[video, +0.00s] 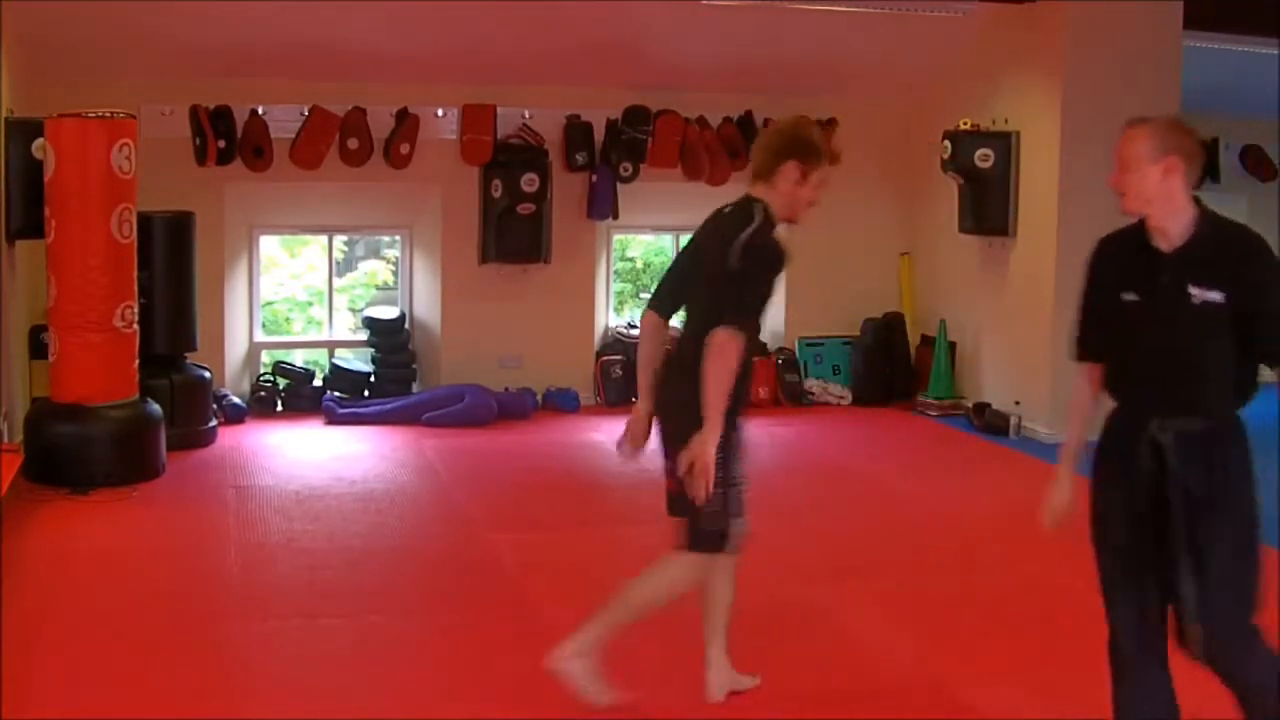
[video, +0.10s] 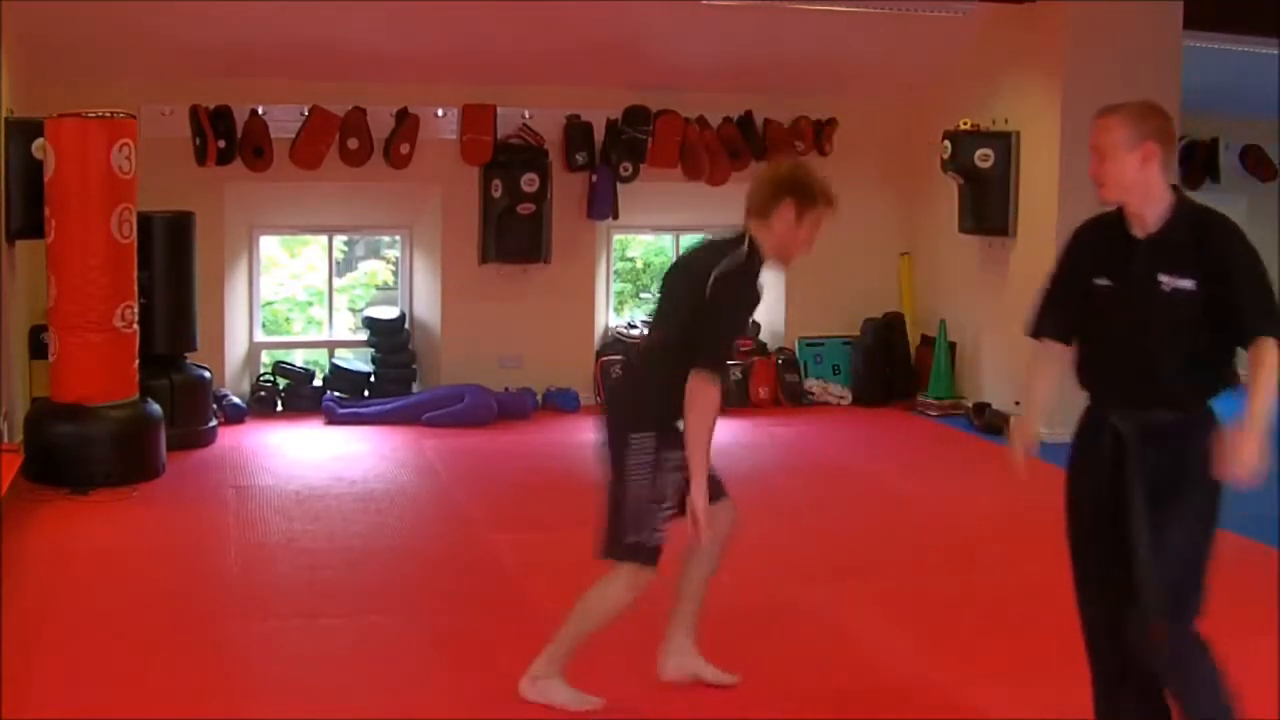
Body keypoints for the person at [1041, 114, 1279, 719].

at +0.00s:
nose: (1115, 179)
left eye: (1127, 166)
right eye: (1116, 166)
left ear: (1171, 171)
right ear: (1159, 174)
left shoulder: (1243, 252)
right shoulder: (1113, 254)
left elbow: (1266, 361)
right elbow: (1091, 370)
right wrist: (1066, 468)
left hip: (1212, 456)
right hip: (1128, 453)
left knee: (1215, 629)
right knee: (1133, 635)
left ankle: (1269, 700)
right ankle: (1147, 716)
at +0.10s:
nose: (1093, 168)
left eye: (1104, 155)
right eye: (1092, 155)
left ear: (1150, 157)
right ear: (1126, 160)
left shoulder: (1215, 239)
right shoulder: (1092, 239)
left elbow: (1264, 340)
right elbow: (1055, 338)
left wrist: (1252, 431)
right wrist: (1030, 414)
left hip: (1184, 444)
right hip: (1102, 441)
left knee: (1160, 622)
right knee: (1105, 622)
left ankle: (1214, 711)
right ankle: (1127, 713)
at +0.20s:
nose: (1063, 173)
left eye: (1074, 159)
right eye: (1062, 160)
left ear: (1121, 161)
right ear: (1111, 163)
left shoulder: (1184, 242)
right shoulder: (1069, 241)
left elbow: (1228, 339)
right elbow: (1026, 317)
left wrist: (1179, 395)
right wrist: (1001, 354)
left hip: (1148, 444)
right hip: (1077, 441)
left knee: (1115, 608)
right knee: (1075, 609)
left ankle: (1139, 712)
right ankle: (1093, 711)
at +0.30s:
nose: (1028, 190)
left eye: (1038, 174)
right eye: (1027, 175)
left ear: (1084, 173)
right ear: (1076, 175)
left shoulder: (1146, 252)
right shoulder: (1042, 251)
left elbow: (1184, 352)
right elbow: (995, 324)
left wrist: (1109, 395)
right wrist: (976, 328)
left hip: (1114, 452)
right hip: (1046, 448)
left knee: (1082, 606)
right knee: (1051, 599)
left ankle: (1064, 708)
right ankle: (1119, 706)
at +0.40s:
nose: (984, 197)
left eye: (997, 181)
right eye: (983, 182)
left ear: (1044, 180)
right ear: (1034, 183)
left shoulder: (1104, 265)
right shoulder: (1007, 259)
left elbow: (1121, 380)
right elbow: (940, 358)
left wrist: (1036, 444)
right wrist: (937, 331)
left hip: (1065, 468)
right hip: (1007, 464)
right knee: (1054, 639)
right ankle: (1110, 713)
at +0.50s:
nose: (942, 192)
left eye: (953, 176)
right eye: (942, 177)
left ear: (998, 174)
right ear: (988, 177)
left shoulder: (1053, 268)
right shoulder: (967, 257)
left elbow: (1038, 409)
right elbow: (928, 342)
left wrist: (949, 515)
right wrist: (902, 372)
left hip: (1011, 473)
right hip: (951, 462)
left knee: (955, 647)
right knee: (947, 634)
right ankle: (1054, 710)